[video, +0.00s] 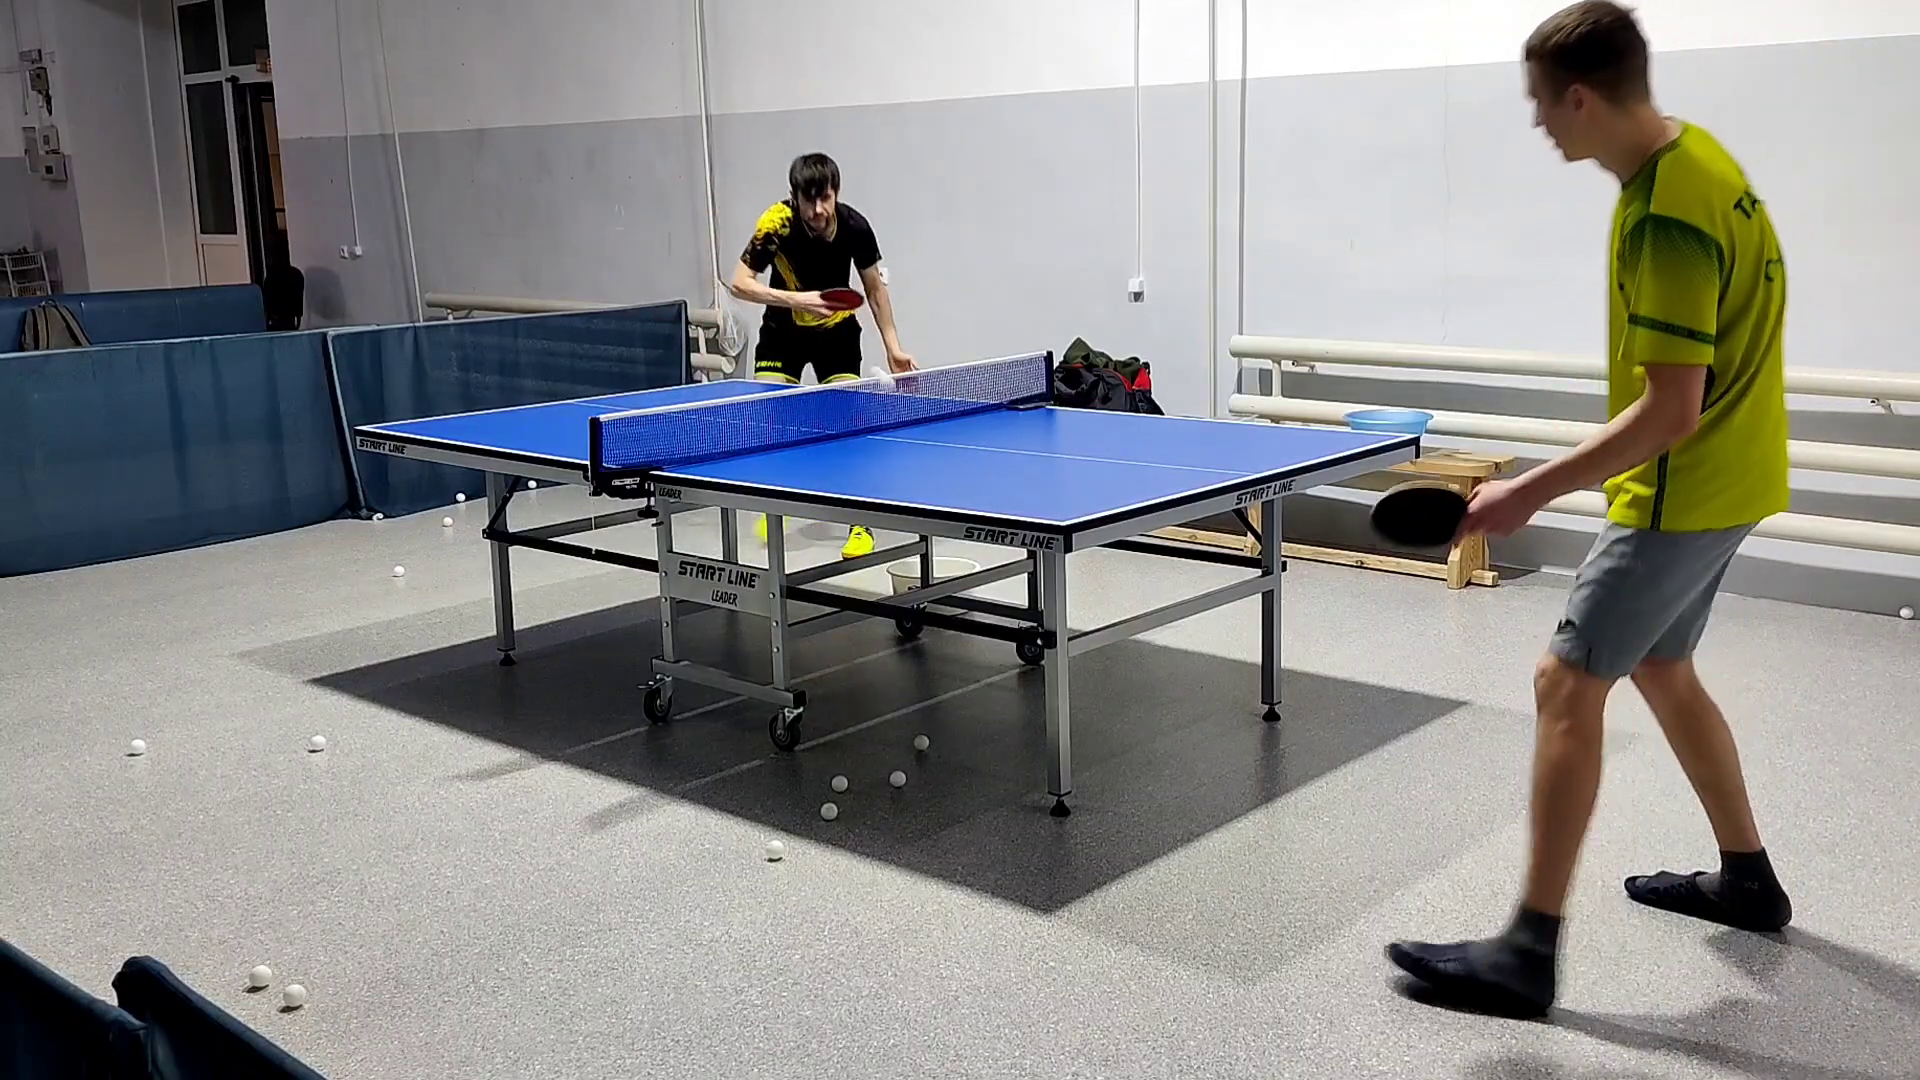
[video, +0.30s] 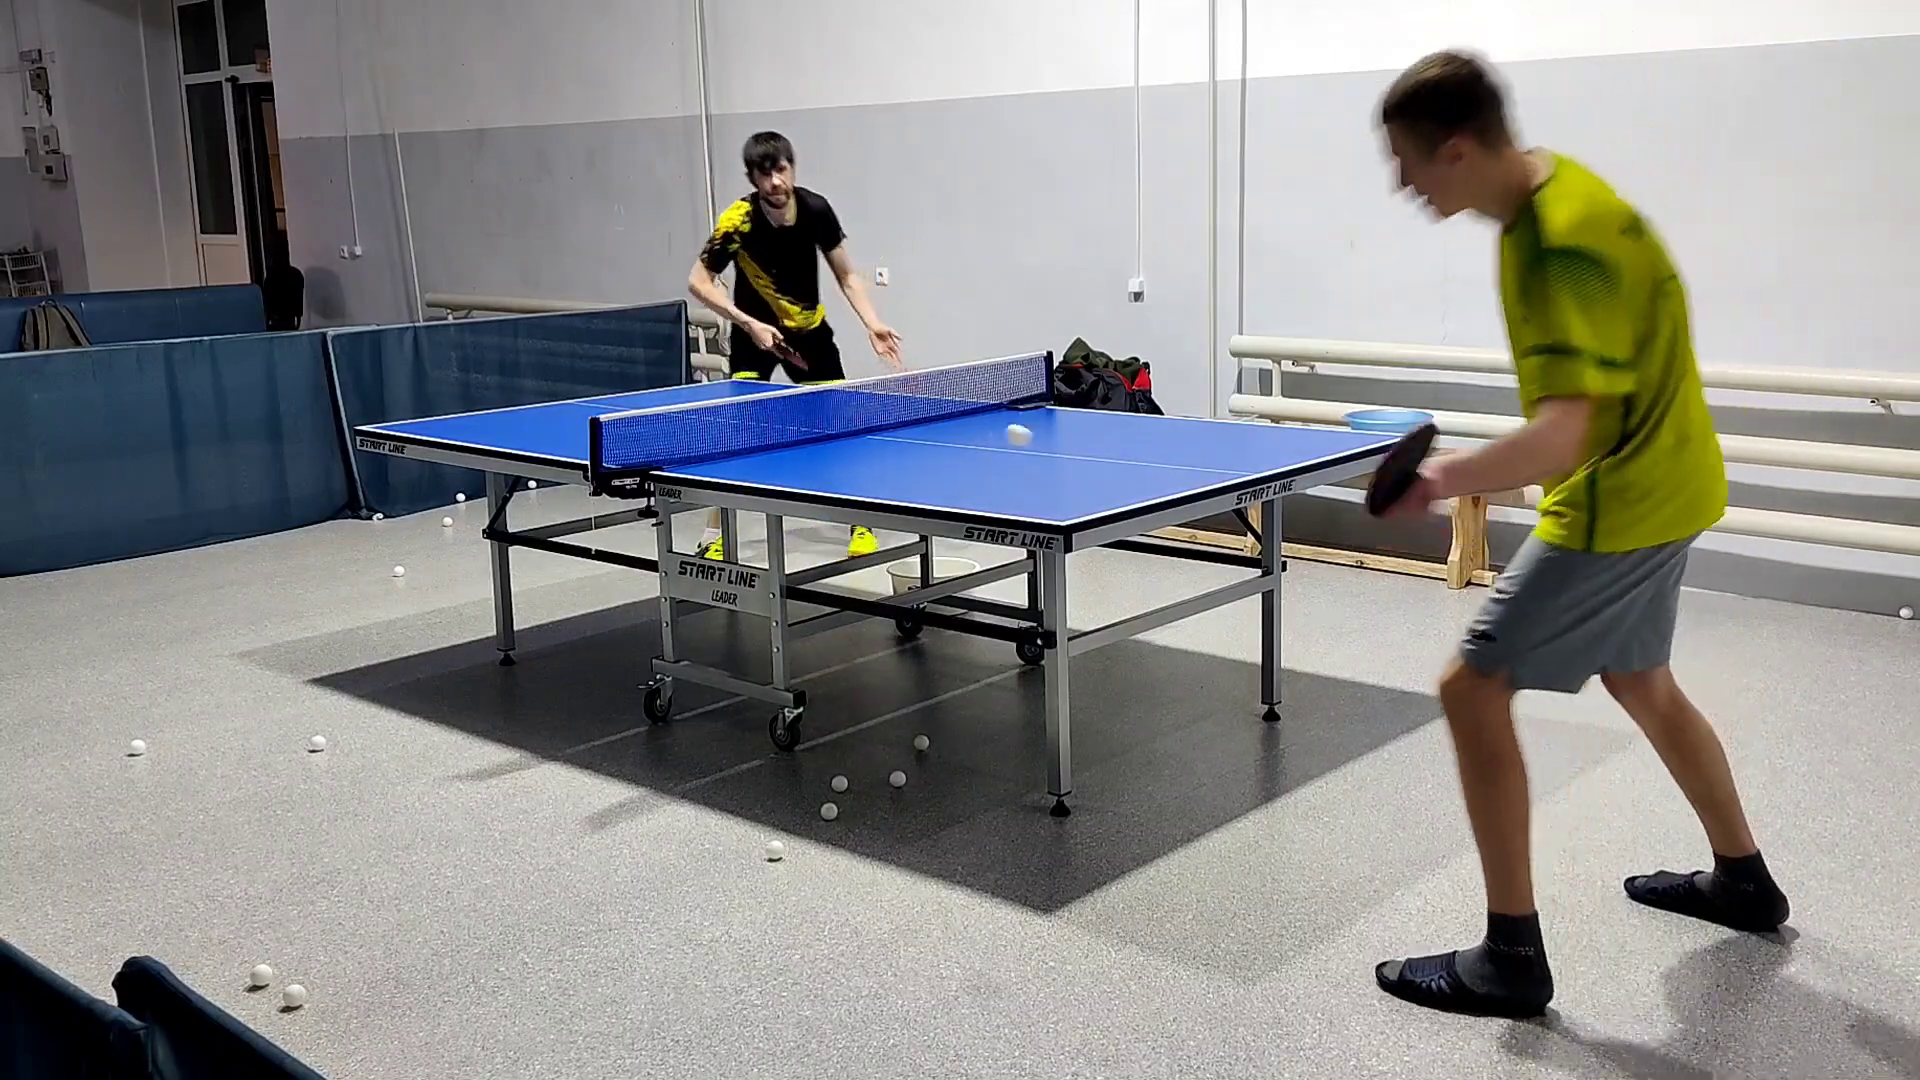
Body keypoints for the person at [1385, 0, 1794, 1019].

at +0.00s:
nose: (1544, 134)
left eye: (1546, 111)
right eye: (1539, 113)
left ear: (1592, 94)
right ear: (1617, 90)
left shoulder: (1674, 201)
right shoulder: (1691, 167)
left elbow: (1673, 408)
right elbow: (1704, 377)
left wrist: (1530, 490)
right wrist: (1637, 469)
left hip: (1682, 495)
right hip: (1715, 483)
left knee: (1567, 683)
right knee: (1661, 670)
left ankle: (1527, 949)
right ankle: (1747, 877)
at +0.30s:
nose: (1407, 187)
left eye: (1411, 165)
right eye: (1400, 168)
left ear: (1465, 146)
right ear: (1471, 145)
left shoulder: (1562, 237)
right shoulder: (1559, 202)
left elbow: (1560, 440)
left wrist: (1438, 477)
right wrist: (1478, 474)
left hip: (1615, 511)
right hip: (1659, 491)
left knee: (1473, 689)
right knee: (1639, 676)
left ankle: (1512, 954)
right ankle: (1744, 878)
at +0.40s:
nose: (1356, 228)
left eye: (1359, 206)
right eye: (1349, 208)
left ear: (1414, 186)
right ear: (1426, 182)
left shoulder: (1509, 273)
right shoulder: (1537, 210)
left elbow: (1476, 468)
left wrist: (1328, 518)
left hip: (1604, 517)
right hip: (1667, 489)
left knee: (1439, 696)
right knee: (1631, 680)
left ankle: (1509, 956)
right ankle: (1741, 876)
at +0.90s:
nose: (1405, 219)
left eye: (1405, 199)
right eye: (1400, 200)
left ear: (1438, 190)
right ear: (1492, 169)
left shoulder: (1473, 313)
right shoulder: (1613, 206)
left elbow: (1476, 482)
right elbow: (1650, 354)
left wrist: (1438, 474)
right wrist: (1525, 429)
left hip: (1648, 541)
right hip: (1766, 512)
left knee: (1471, 694)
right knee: (1725, 710)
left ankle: (1509, 955)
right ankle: (1890, 935)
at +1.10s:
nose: (1545, 190)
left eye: (1548, 167)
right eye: (1542, 168)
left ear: (1585, 157)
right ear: (1639, 144)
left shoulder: (1625, 287)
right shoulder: (1754, 201)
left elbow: (1628, 492)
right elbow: (1806, 373)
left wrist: (1558, 535)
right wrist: (1664, 470)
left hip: (1751, 559)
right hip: (1864, 536)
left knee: (1555, 703)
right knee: (1797, 758)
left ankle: (1519, 957)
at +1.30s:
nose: (1672, 168)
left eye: (1678, 145)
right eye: (1670, 147)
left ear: (1727, 135)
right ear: (1766, 127)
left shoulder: (1778, 270)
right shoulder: (1878, 192)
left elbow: (1777, 487)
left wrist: (1644, 550)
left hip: (1868, 569)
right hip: (1919, 557)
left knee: (1667, 721)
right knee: (1847, 766)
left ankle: (1624, 995)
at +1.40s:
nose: (1708, 141)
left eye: (1714, 116)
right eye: (1706, 118)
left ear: (1765, 110)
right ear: (1814, 101)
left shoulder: (1832, 248)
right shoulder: (1905, 174)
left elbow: (1833, 470)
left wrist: (1686, 546)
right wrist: (1703, 538)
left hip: (1894, 553)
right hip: (1915, 546)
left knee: (1736, 740)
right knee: (1871, 751)